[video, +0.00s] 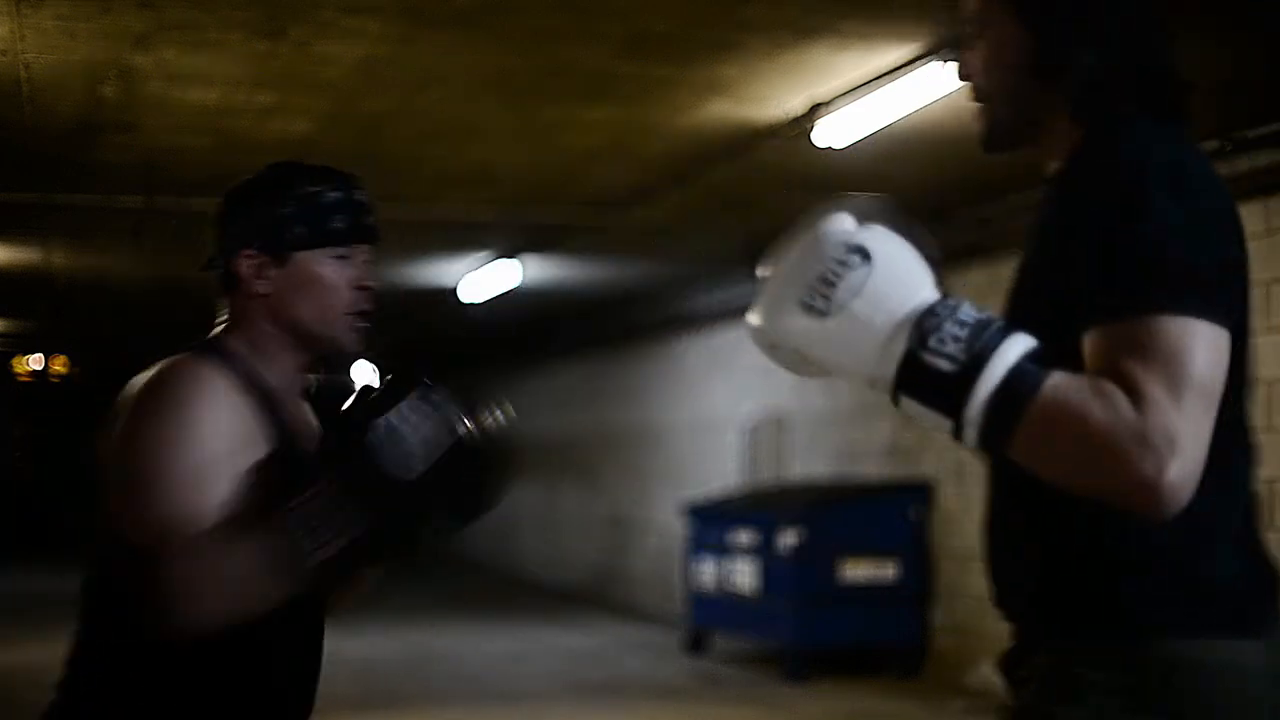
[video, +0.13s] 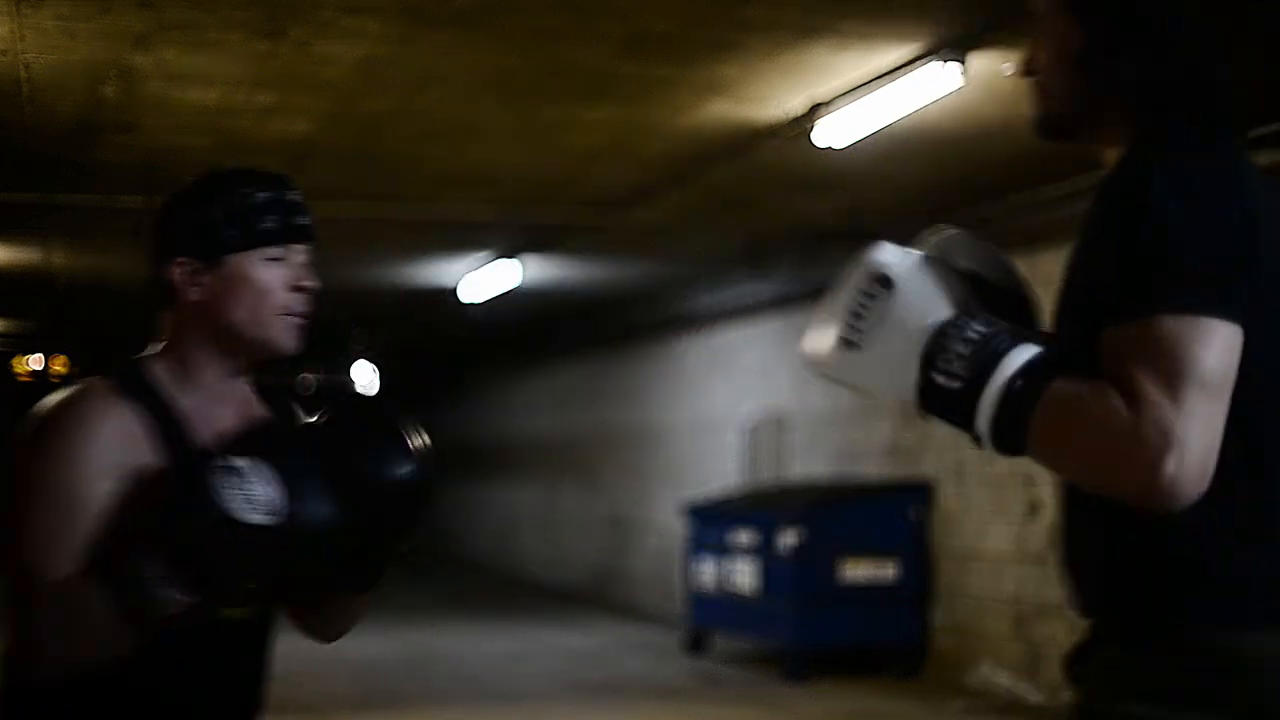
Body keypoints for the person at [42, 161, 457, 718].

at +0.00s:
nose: (368, 281)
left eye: (365, 260)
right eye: (342, 257)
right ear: (259, 272)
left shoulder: (293, 407)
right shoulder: (192, 398)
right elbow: (184, 596)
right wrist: (354, 493)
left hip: (251, 716)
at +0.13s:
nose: (307, 282)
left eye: (305, 263)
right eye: (276, 259)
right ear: (192, 280)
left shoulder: (271, 423)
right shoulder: (91, 428)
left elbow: (323, 620)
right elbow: (37, 638)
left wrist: (372, 512)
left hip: (224, 714)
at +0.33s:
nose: (240, 253)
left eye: (239, 234)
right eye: (208, 231)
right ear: (122, 256)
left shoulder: (228, 394)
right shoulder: (35, 390)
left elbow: (281, 605)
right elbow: (18, 626)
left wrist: (314, 483)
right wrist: (114, 506)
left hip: (178, 701)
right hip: (52, 708)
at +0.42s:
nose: (249, 245)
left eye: (248, 225)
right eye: (215, 222)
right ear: (132, 245)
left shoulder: (231, 383)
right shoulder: (39, 381)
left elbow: (304, 587)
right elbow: (65, 606)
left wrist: (330, 461)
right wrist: (159, 466)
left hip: (181, 698)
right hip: (61, 706)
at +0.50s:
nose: (272, 253)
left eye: (270, 235)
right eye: (242, 230)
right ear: (157, 253)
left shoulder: (233, 388)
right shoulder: (72, 392)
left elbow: (322, 584)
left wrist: (354, 443)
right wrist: (222, 435)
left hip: (192, 696)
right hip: (90, 707)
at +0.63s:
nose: (319, 286)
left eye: (313, 263)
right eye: (289, 261)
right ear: (203, 280)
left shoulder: (223, 409)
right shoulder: (120, 413)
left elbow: (315, 609)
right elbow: (211, 624)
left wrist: (365, 465)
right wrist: (291, 462)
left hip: (188, 710)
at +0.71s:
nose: (310, 278)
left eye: (307, 254)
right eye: (279, 251)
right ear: (193, 270)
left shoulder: (229, 395)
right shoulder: (100, 407)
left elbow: (321, 592)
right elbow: (180, 624)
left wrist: (361, 454)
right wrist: (268, 460)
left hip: (214, 714)